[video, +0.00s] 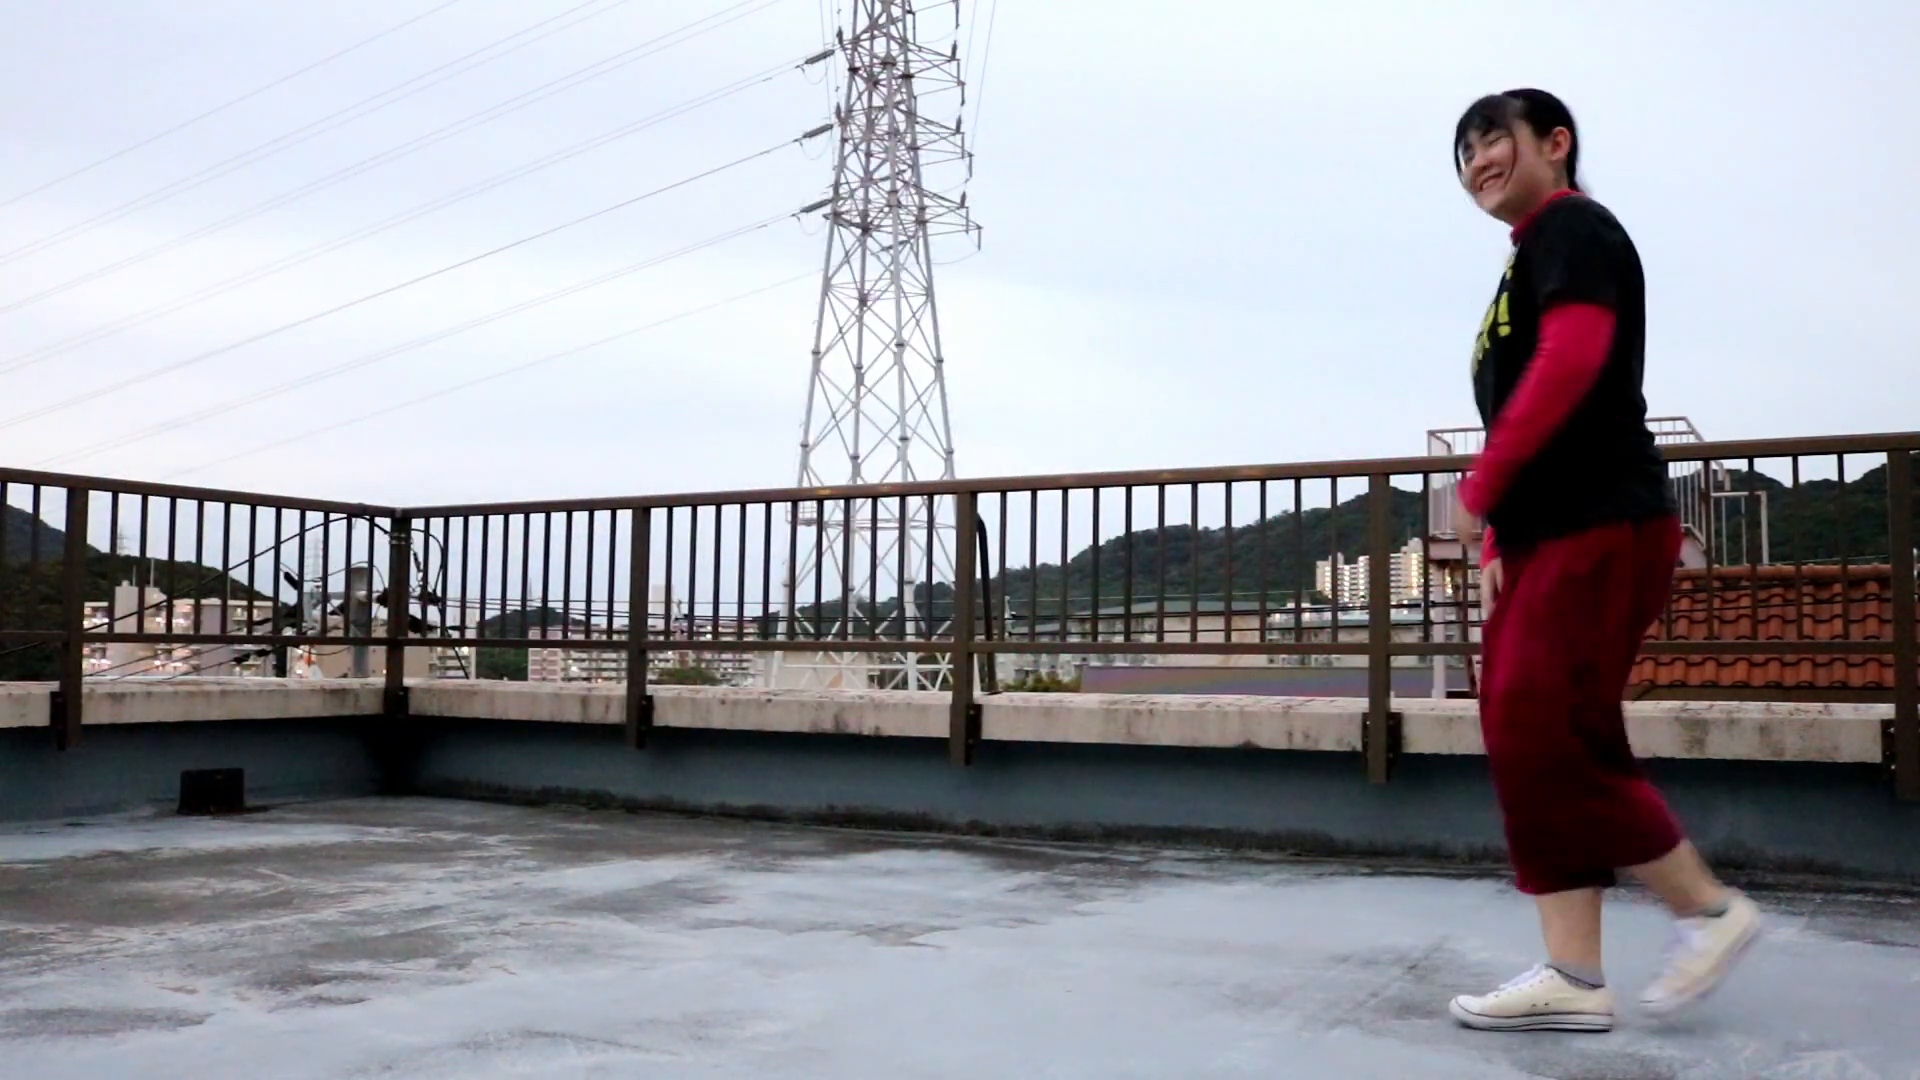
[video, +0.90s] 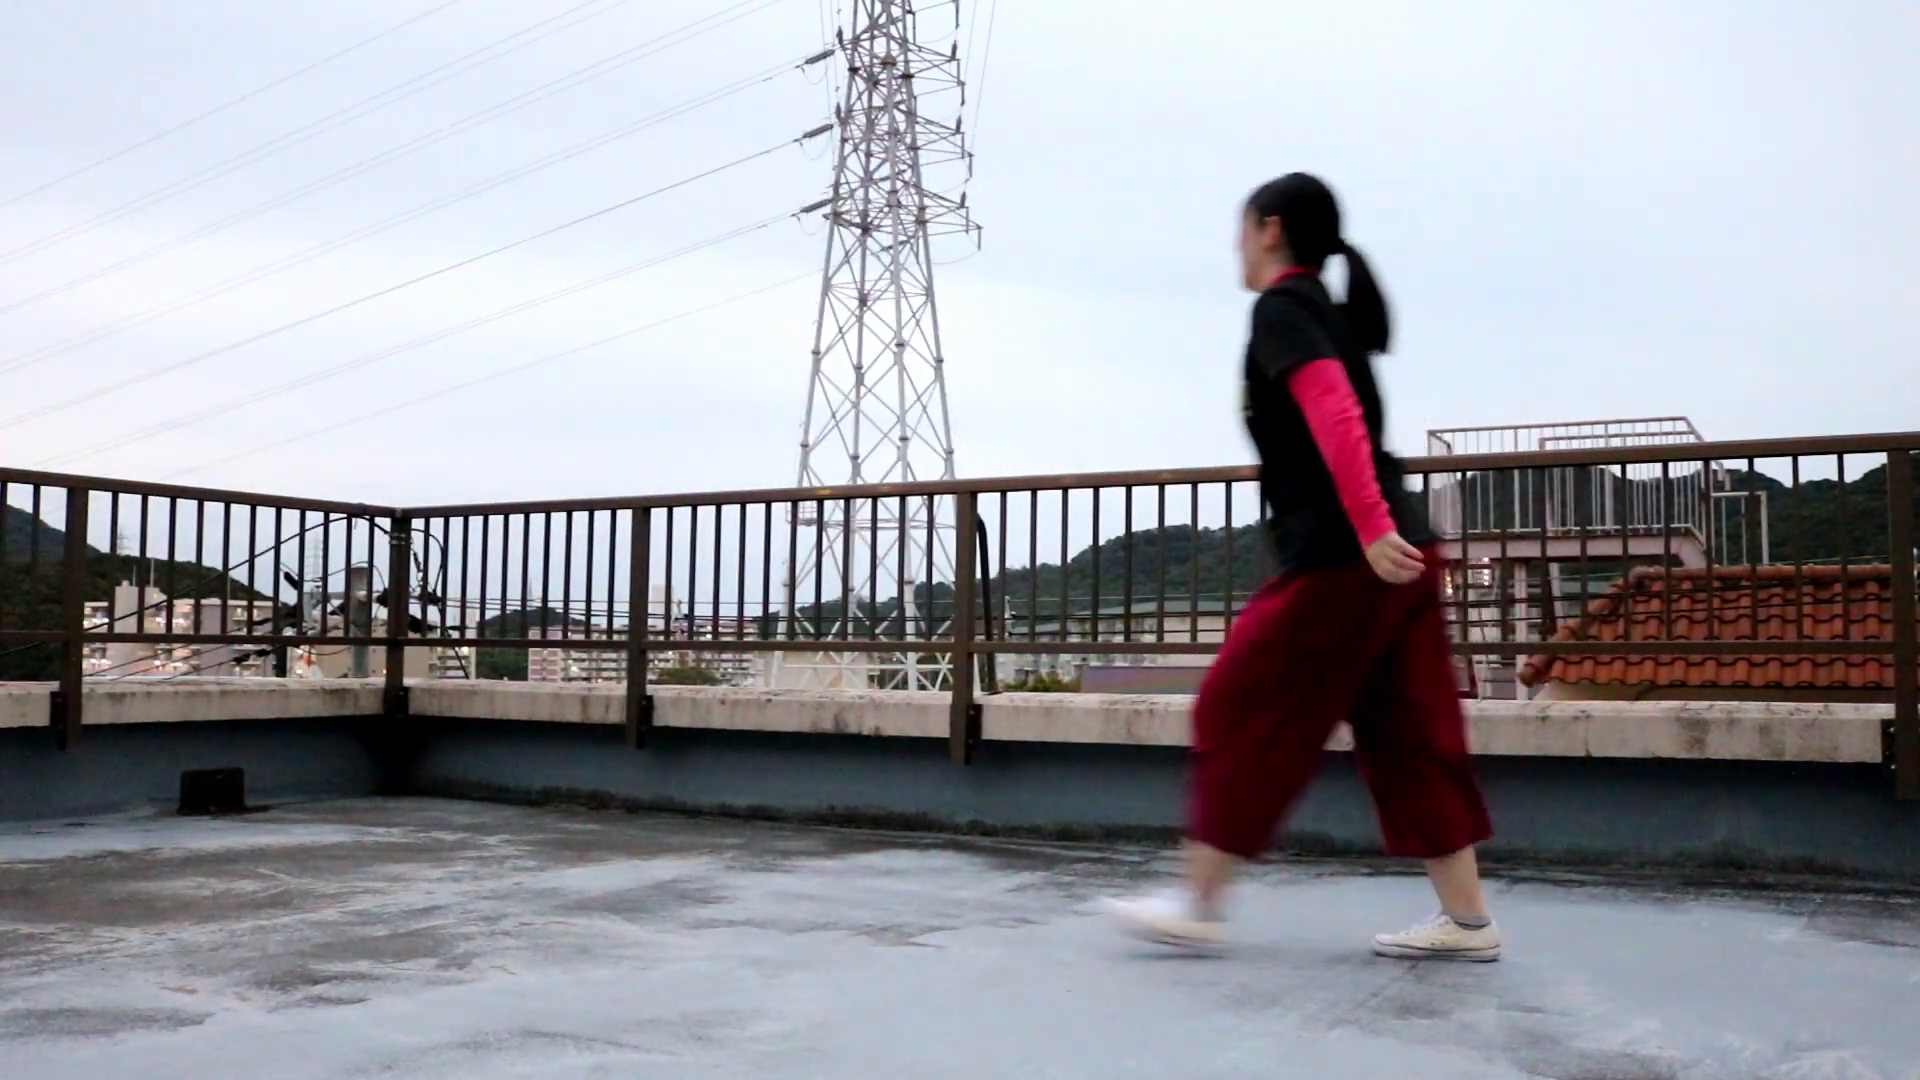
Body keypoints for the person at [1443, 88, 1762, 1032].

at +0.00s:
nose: (1481, 157)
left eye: (1499, 135)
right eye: (1469, 151)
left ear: (1557, 143)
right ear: (1470, 180)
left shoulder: (1574, 226)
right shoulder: (1531, 258)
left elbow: (1573, 360)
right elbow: (1540, 406)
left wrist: (1480, 485)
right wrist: (1507, 530)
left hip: (1603, 531)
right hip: (1548, 540)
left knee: (1541, 724)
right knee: (1524, 728)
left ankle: (1716, 913)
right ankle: (1574, 973)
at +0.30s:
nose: (1477, 213)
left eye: (1483, 195)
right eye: (1479, 196)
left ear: (1520, 194)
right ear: (1549, 202)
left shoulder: (1515, 274)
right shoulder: (1574, 281)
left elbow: (1424, 357)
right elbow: (1590, 440)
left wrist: (1370, 415)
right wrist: (1536, 557)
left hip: (1609, 561)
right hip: (1613, 554)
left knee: (1632, 752)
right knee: (1474, 706)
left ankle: (1776, 968)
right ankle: (1508, 909)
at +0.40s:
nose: (1456, 235)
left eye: (1462, 219)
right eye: (1458, 220)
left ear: (1496, 219)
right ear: (1526, 225)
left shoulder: (1485, 297)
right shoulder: (1557, 306)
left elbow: (1376, 402)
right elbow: (1569, 457)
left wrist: (1317, 494)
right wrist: (1519, 580)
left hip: (1587, 572)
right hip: (1594, 565)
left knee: (1614, 770)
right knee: (1471, 727)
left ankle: (1777, 968)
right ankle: (1478, 911)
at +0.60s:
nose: (1389, 241)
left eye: (1395, 227)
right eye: (1394, 226)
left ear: (1420, 234)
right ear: (1463, 245)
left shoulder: (1390, 316)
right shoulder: (1493, 326)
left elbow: (1350, 458)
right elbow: (1520, 453)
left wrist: (1330, 583)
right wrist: (1444, 561)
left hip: (1484, 572)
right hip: (1537, 560)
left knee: (1498, 744)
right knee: (1432, 729)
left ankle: (1684, 895)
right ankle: (1467, 920)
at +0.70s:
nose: (1341, 239)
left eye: (1347, 226)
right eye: (1346, 225)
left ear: (1370, 232)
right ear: (1421, 243)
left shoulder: (1353, 312)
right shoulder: (1445, 319)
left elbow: (1357, 452)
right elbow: (1468, 451)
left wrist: (1375, 573)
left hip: (1435, 561)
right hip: (1503, 555)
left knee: (1384, 741)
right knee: (1471, 728)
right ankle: (1465, 916)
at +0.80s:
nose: (1290, 242)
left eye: (1296, 227)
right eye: (1295, 227)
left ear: (1320, 229)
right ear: (1358, 237)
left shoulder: (1317, 305)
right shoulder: (1384, 306)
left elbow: (1357, 420)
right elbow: (1398, 433)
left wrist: (1385, 546)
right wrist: (1343, 553)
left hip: (1388, 555)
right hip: (1450, 545)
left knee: (1294, 710)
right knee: (1432, 721)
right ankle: (1466, 915)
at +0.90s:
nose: (1239, 242)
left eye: (1245, 228)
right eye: (1243, 227)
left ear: (1271, 233)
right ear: (1303, 239)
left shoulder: (1284, 312)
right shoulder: (1323, 313)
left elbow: (1337, 416)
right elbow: (1341, 428)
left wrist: (1374, 529)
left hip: (1334, 566)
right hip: (1390, 558)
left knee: (1233, 705)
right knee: (1411, 732)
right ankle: (1467, 918)